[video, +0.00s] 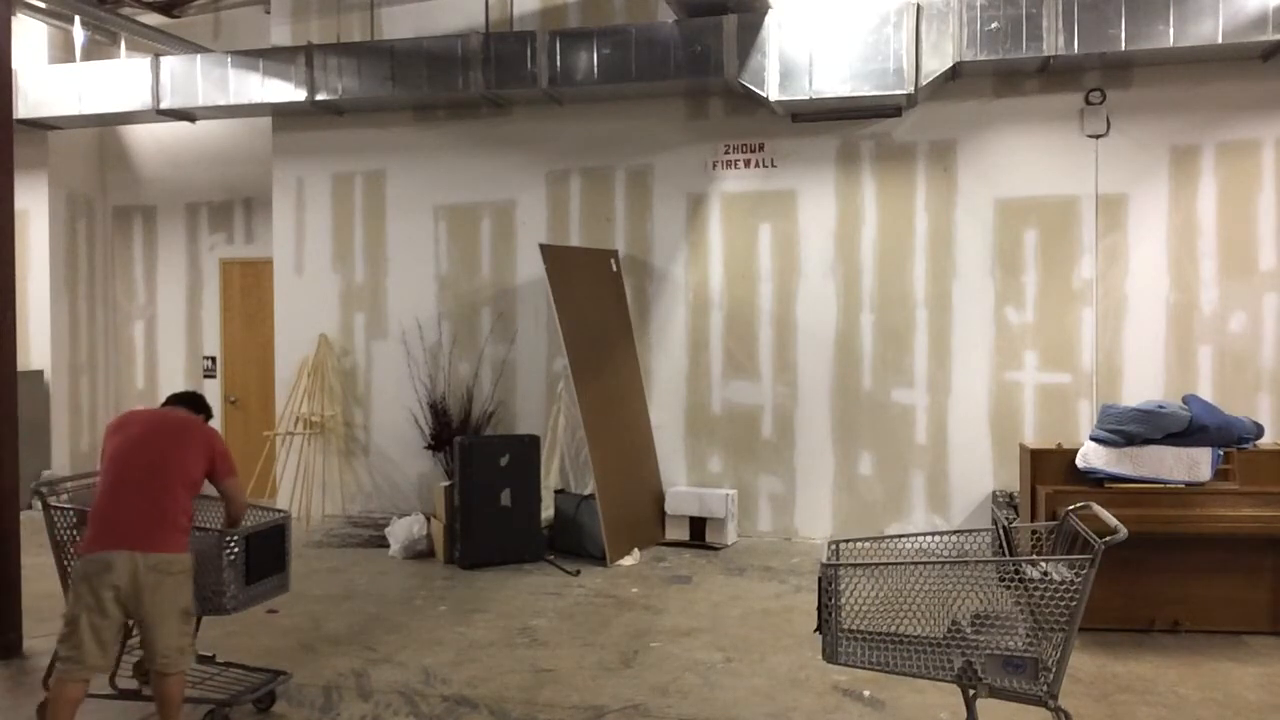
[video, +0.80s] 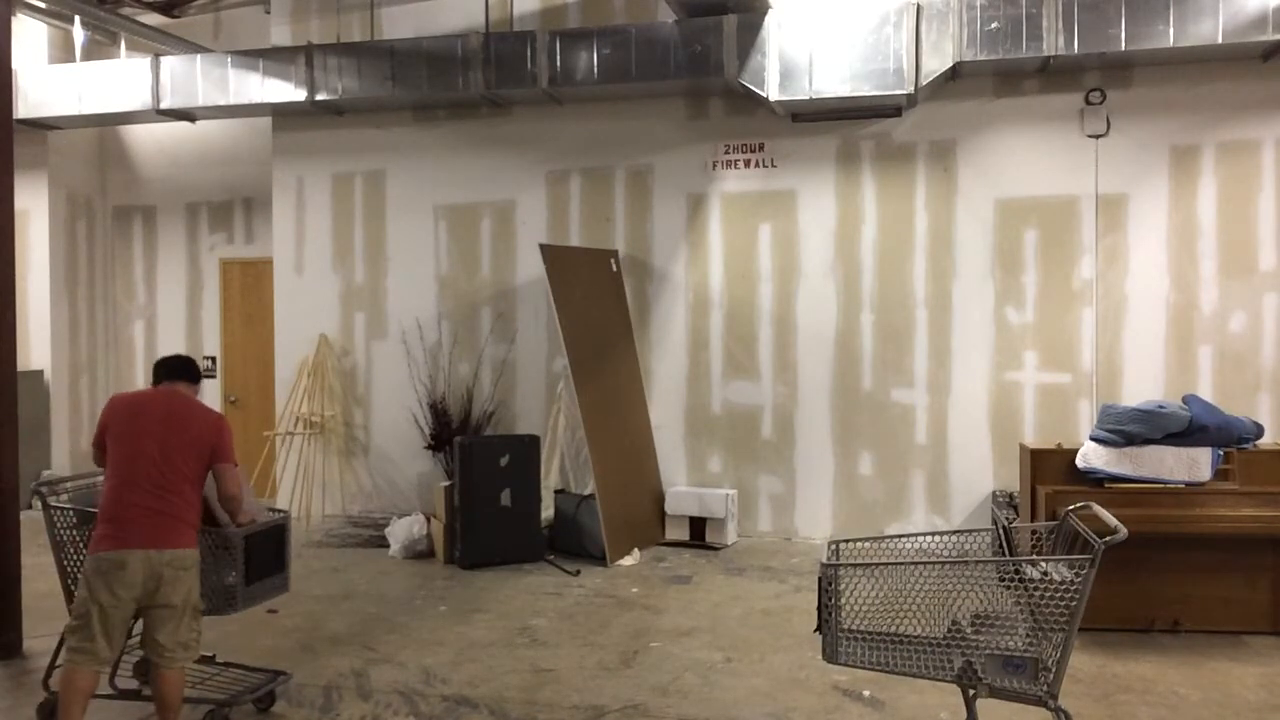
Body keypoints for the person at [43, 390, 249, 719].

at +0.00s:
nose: (204, 430)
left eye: (206, 427)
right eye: (206, 426)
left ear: (164, 407)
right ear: (201, 419)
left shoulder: (120, 422)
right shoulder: (206, 434)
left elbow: (107, 481)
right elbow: (237, 501)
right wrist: (229, 527)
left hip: (101, 552)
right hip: (164, 556)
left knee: (76, 663)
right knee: (169, 663)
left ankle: (55, 712)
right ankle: (170, 715)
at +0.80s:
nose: (197, 396)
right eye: (198, 391)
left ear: (155, 381)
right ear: (196, 388)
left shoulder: (118, 405)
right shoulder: (211, 421)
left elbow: (101, 458)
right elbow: (229, 491)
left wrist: (146, 467)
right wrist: (238, 516)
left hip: (114, 552)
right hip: (176, 555)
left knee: (86, 655)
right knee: (170, 658)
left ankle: (65, 715)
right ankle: (169, 715)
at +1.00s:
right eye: (177, 378)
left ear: (135, 379)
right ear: (177, 378)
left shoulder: (110, 406)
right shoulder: (202, 416)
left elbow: (82, 443)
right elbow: (224, 482)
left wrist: (122, 430)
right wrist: (232, 498)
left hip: (117, 555)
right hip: (178, 555)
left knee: (86, 657)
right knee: (170, 657)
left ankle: (69, 715)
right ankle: (170, 716)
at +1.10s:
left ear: (123, 376)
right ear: (166, 372)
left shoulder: (102, 408)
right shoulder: (192, 411)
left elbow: (69, 435)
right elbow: (221, 477)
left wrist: (112, 411)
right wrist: (239, 481)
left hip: (113, 556)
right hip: (174, 554)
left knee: (84, 659)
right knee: (170, 656)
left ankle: (69, 716)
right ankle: (170, 716)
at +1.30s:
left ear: (91, 376)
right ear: (138, 372)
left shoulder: (78, 417)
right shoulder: (168, 417)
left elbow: (27, 428)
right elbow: (201, 480)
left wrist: (58, 389)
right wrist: (203, 448)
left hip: (95, 563)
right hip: (158, 558)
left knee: (79, 667)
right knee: (161, 660)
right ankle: (168, 716)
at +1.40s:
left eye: (78, 371)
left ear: (77, 375)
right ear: (123, 372)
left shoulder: (61, 421)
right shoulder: (154, 420)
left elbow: (7, 429)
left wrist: (25, 387)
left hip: (76, 568)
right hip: (141, 563)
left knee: (66, 673)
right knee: (153, 662)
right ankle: (164, 716)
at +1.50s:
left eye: (66, 370)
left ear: (64, 375)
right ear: (111, 372)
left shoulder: (43, 423)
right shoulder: (139, 420)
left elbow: (4, 442)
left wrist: (8, 404)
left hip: (58, 570)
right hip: (121, 566)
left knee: (58, 677)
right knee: (140, 661)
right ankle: (158, 715)